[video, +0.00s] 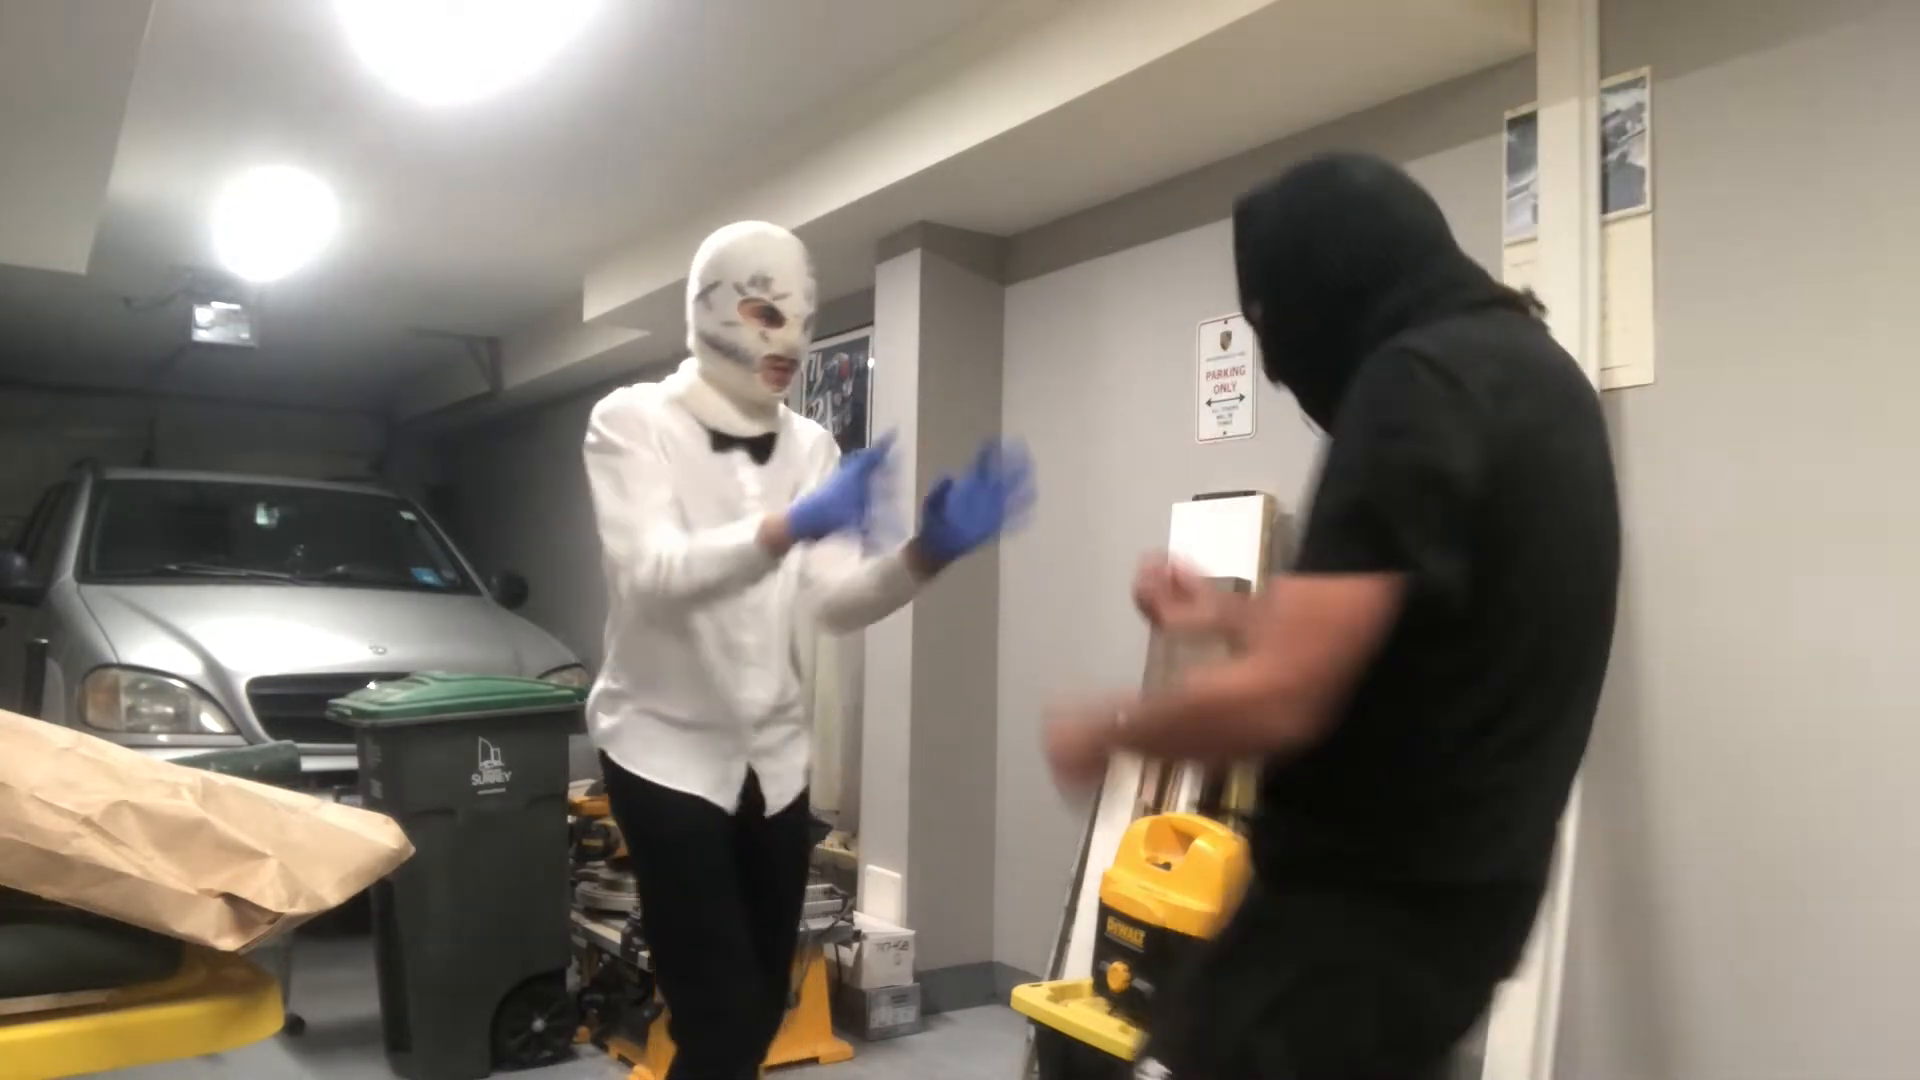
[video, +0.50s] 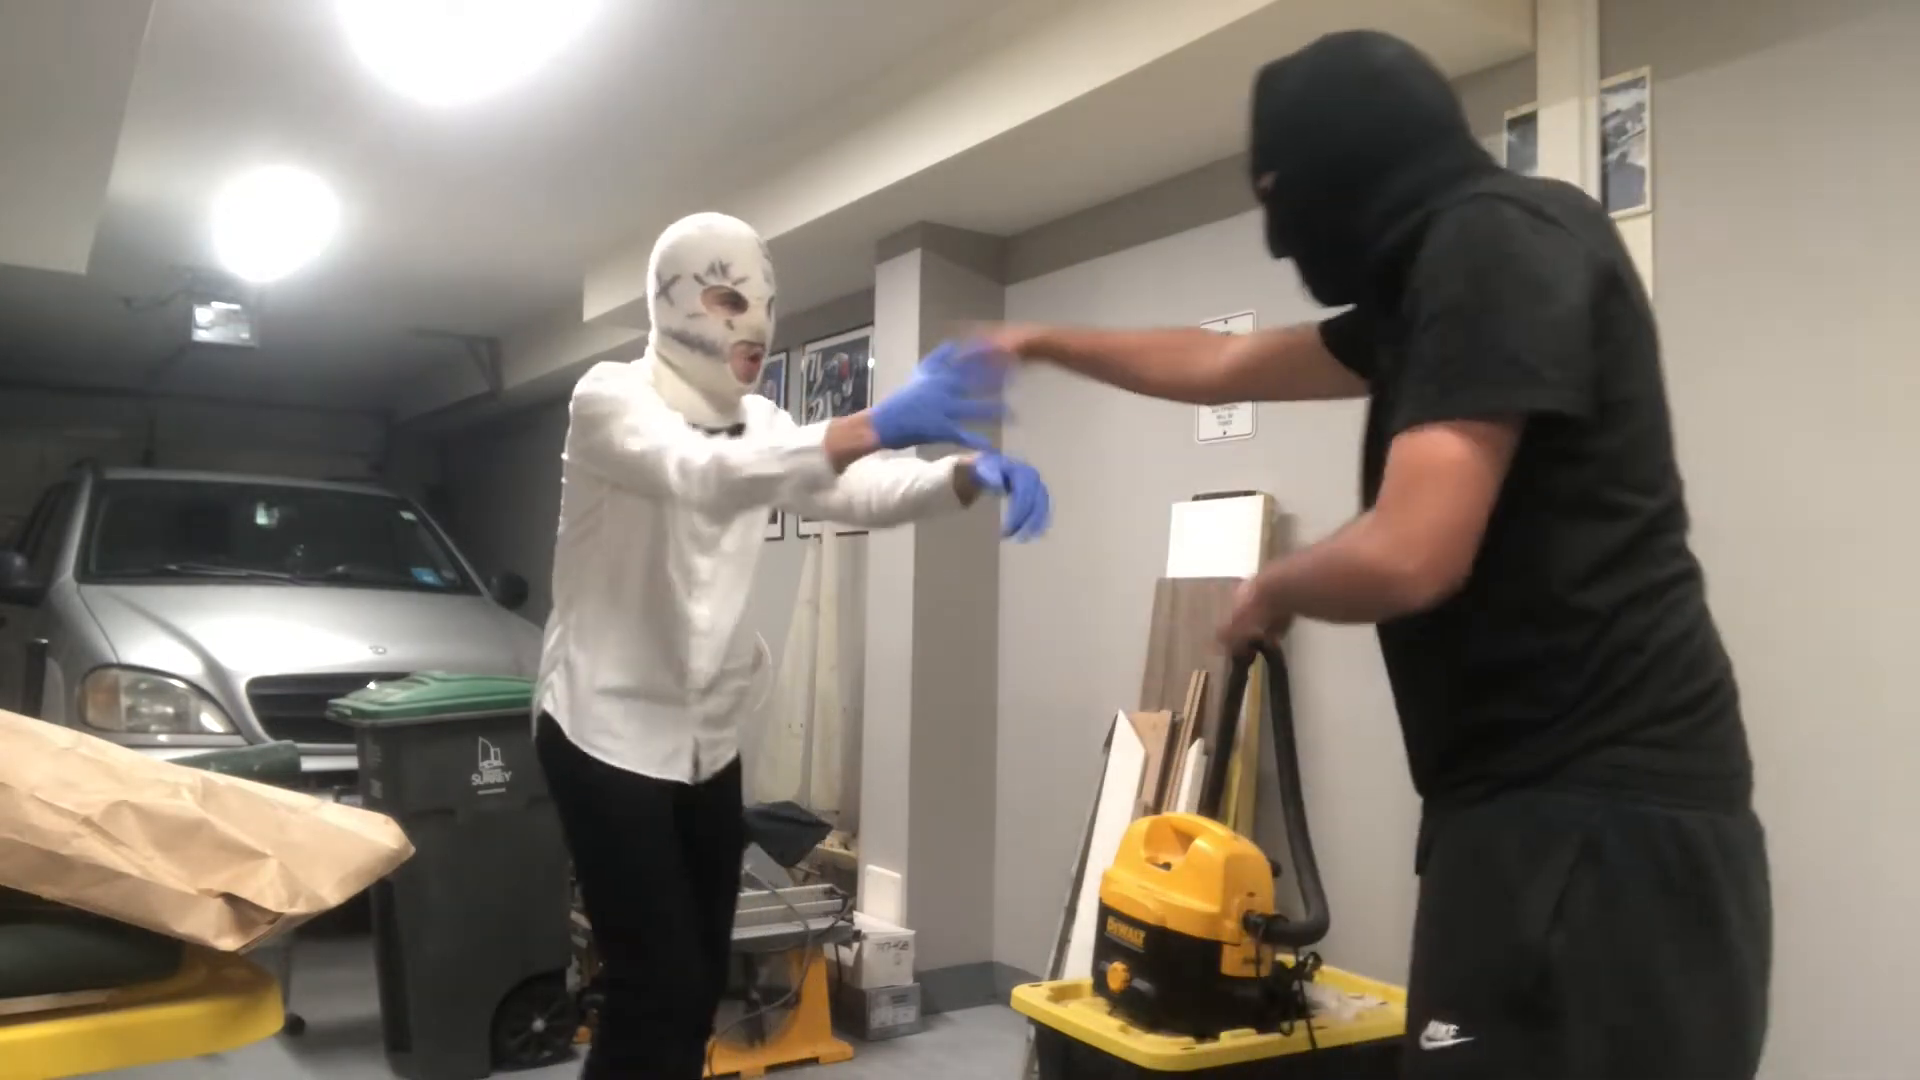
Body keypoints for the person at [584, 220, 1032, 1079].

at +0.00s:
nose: (787, 338)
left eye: (799, 318)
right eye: (762, 311)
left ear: (808, 327)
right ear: (705, 315)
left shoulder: (808, 446)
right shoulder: (634, 421)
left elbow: (834, 600)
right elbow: (648, 577)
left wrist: (926, 551)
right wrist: (788, 525)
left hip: (773, 749)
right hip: (663, 746)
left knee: (755, 1016)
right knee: (721, 1021)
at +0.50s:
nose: (755, 319)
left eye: (764, 301)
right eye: (729, 296)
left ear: (771, 310)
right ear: (672, 303)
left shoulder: (757, 422)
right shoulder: (610, 398)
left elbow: (845, 490)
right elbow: (698, 473)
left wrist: (961, 475)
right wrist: (872, 427)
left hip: (705, 739)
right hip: (605, 734)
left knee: (695, 982)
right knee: (652, 988)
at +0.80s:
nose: (765, 313)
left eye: (772, 295)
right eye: (740, 292)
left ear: (779, 303)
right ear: (681, 297)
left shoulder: (747, 435)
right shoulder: (623, 387)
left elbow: (834, 530)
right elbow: (697, 470)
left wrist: (919, 467)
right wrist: (873, 445)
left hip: (693, 745)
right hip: (591, 738)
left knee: (708, 983)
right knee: (587, 998)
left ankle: (661, 1073)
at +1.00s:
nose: (766, 320)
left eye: (775, 302)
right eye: (743, 298)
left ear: (783, 310)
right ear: (684, 299)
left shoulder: (738, 428)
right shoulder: (630, 397)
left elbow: (834, 490)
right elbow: (714, 505)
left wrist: (976, 444)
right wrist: (882, 465)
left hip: (694, 728)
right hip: (623, 723)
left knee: (704, 971)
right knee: (722, 971)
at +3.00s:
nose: (785, 341)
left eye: (798, 328)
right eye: (764, 318)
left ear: (806, 347)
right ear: (712, 324)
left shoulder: (791, 472)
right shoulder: (659, 433)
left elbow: (863, 554)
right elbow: (679, 585)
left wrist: (966, 593)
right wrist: (823, 531)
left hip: (788, 767)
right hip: (725, 767)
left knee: (754, 1024)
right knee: (892, 1008)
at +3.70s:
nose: (967, 497)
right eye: (961, 487)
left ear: (861, 493)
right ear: (953, 484)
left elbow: (798, 740)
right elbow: (1065, 631)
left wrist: (832, 826)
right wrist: (1172, 717)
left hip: (903, 838)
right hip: (1054, 809)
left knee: (817, 1040)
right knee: (1074, 1029)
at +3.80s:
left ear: (852, 529)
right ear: (930, 502)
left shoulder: (791, 622)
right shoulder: (962, 522)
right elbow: (1073, 590)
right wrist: (1194, 663)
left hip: (947, 829)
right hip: (1093, 790)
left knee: (869, 1056)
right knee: (1081, 1034)